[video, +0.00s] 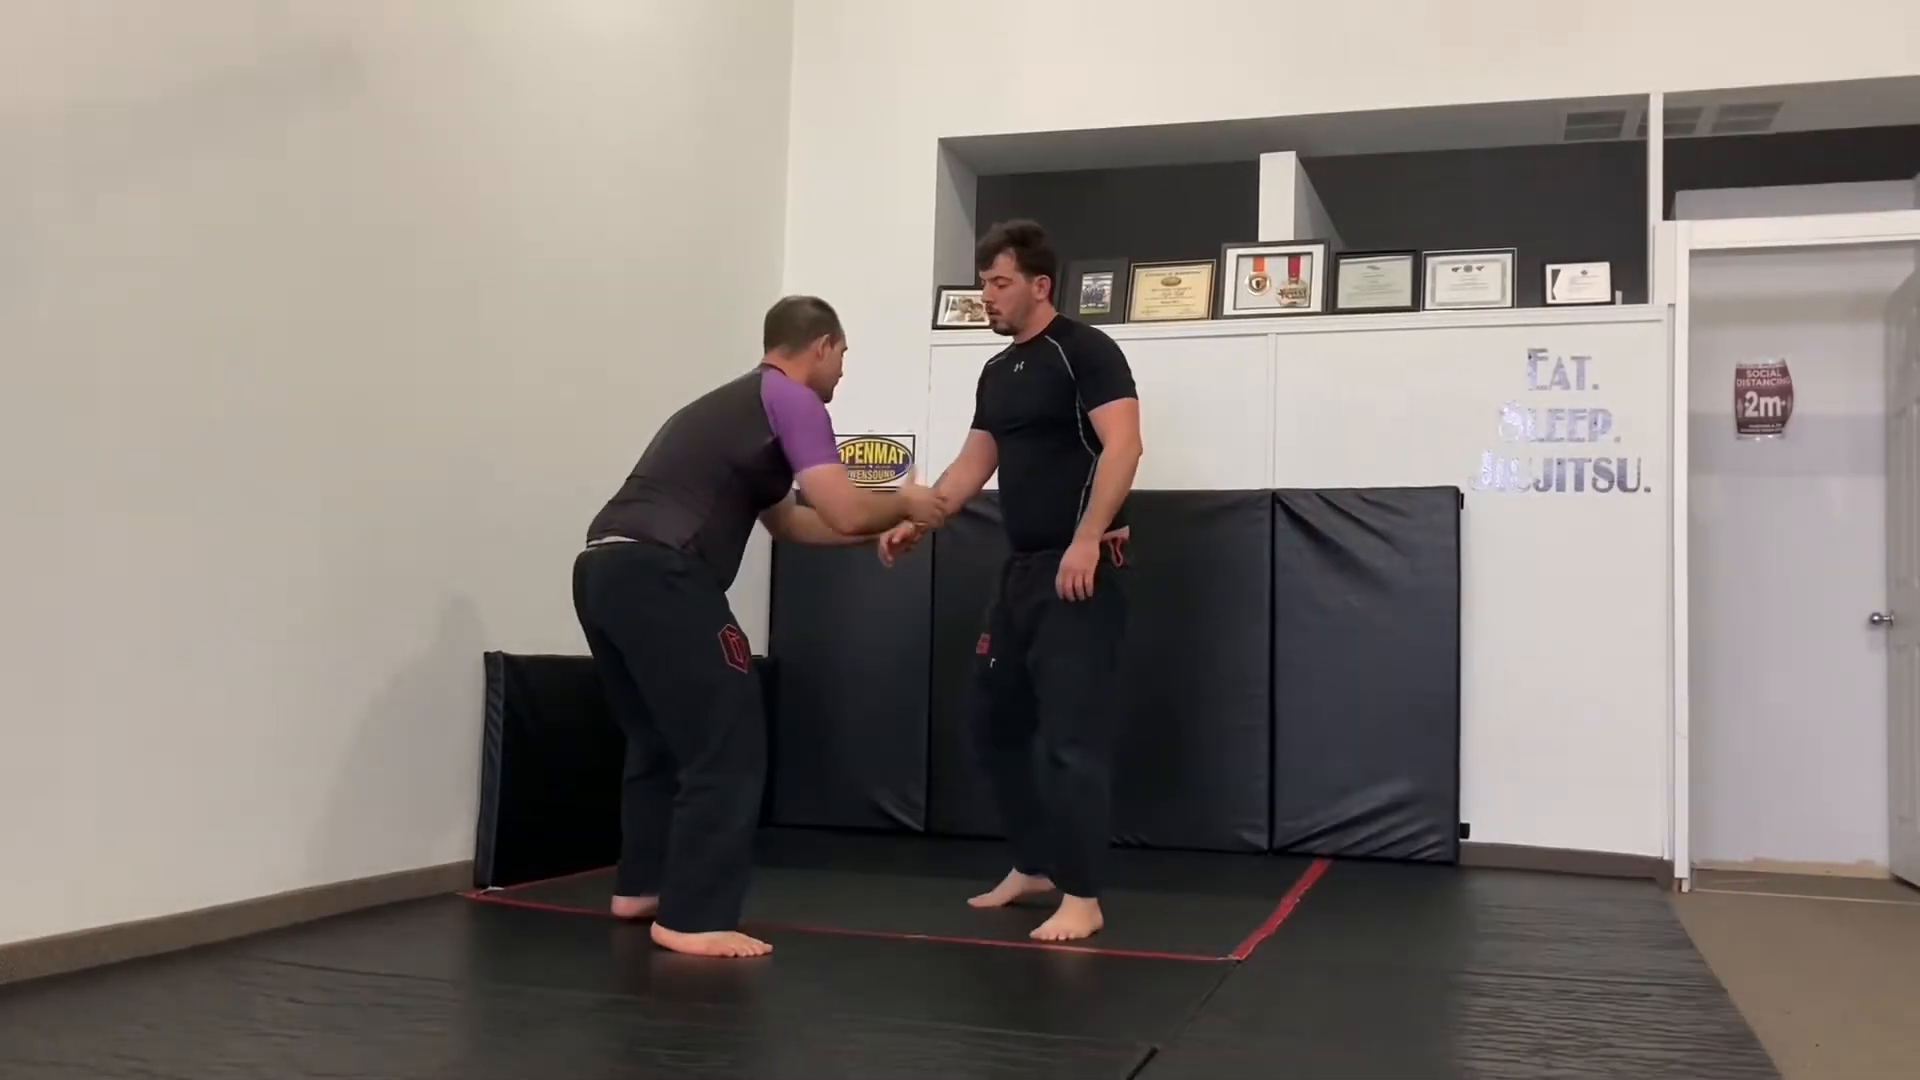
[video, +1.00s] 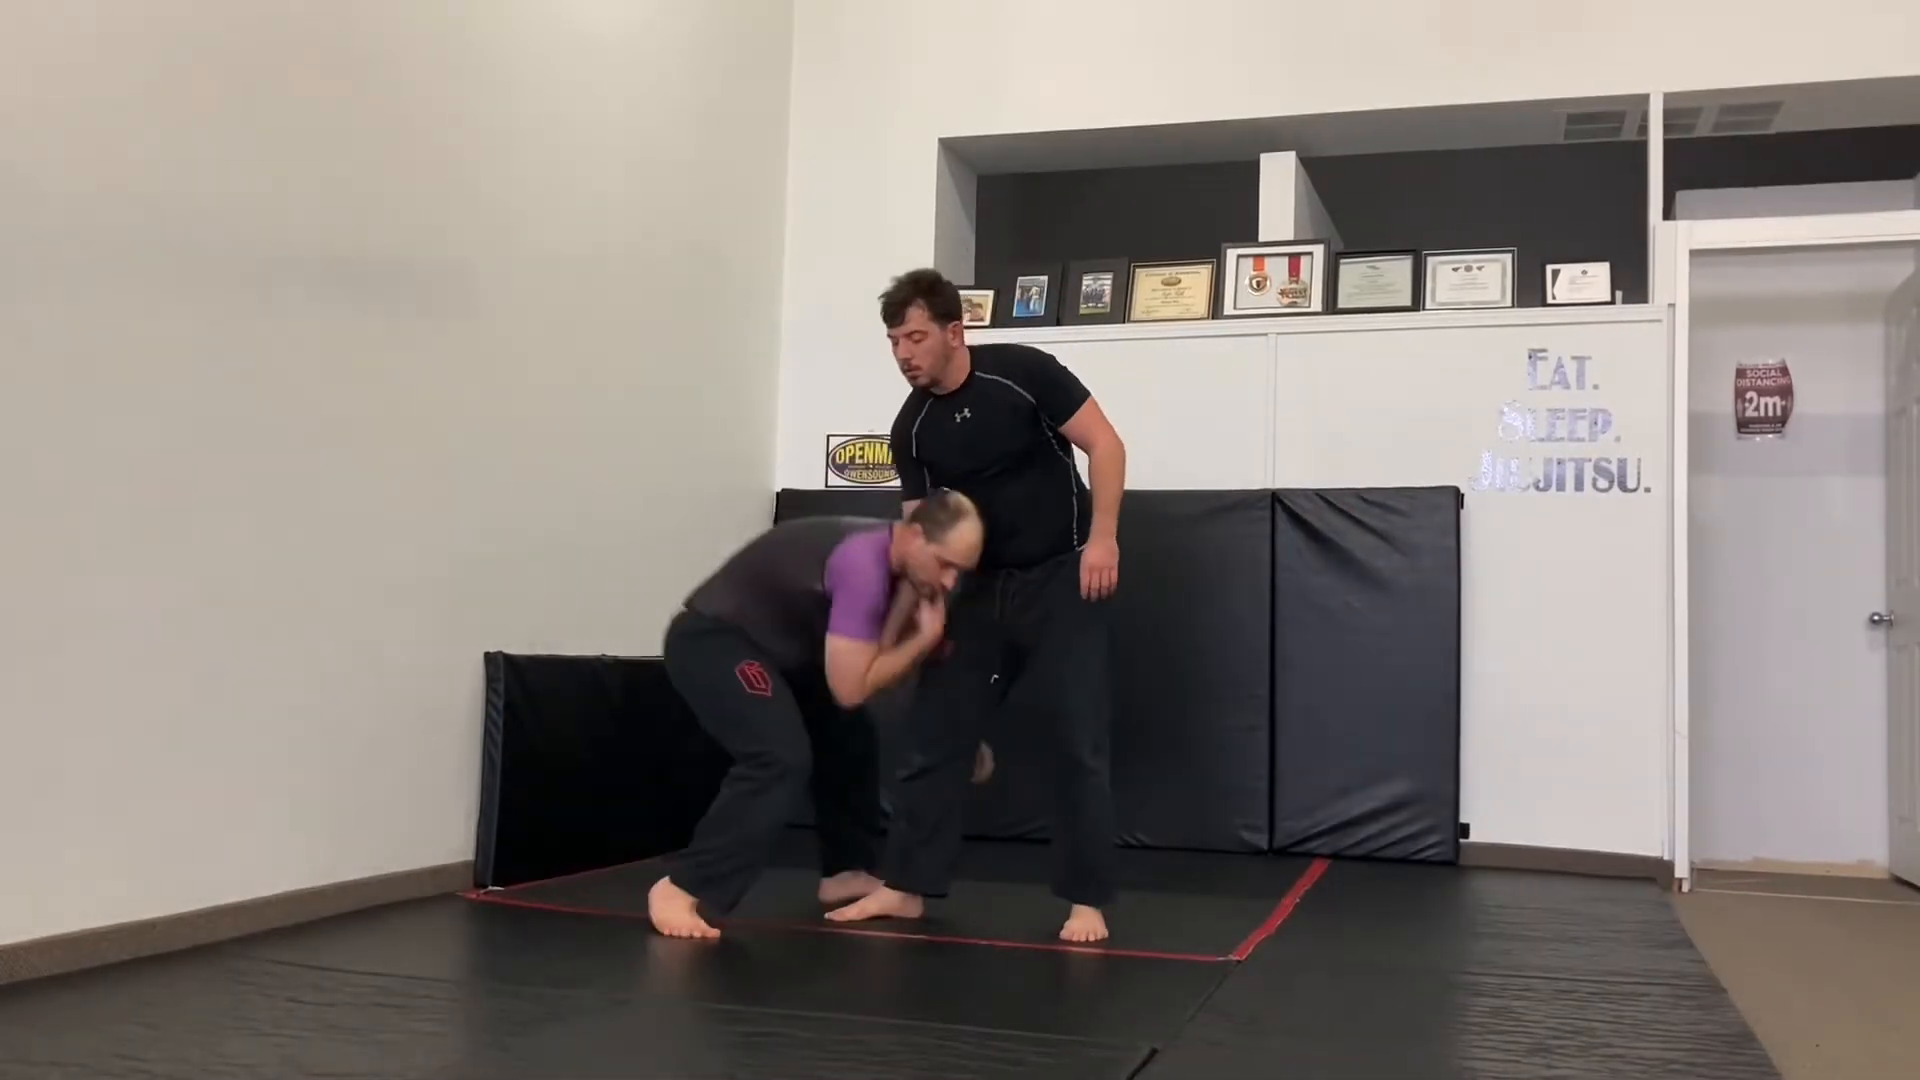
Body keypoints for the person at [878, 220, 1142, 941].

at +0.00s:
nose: (988, 296)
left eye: (1000, 283)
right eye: (984, 284)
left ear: (1041, 284)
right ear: (989, 289)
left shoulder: (1088, 352)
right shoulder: (998, 371)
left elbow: (1124, 446)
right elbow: (975, 460)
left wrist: (1088, 538)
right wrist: (919, 520)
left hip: (1082, 565)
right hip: (1023, 568)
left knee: (1071, 728)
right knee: (998, 716)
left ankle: (1081, 898)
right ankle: (1033, 867)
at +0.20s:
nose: (986, 297)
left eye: (998, 284)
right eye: (984, 285)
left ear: (1041, 286)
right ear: (1003, 290)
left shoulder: (1092, 350)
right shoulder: (996, 372)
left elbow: (1130, 447)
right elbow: (954, 460)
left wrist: (1087, 532)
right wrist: (897, 514)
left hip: (1095, 566)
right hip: (1030, 567)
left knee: (1080, 734)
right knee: (977, 708)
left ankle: (1082, 903)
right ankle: (973, 871)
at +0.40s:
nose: (971, 306)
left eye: (984, 293)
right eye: (968, 294)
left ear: (1028, 292)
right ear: (972, 296)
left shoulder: (1083, 353)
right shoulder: (972, 378)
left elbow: (1132, 448)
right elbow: (928, 469)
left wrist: (1111, 540)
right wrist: (874, 530)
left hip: (1083, 569)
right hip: (1018, 574)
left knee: (1079, 737)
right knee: (971, 724)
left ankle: (1084, 903)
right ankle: (915, 879)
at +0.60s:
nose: (947, 309)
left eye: (959, 296)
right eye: (944, 297)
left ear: (1002, 296)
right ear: (950, 302)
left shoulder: (1061, 356)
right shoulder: (941, 385)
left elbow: (1118, 448)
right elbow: (901, 484)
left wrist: (1125, 541)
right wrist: (847, 557)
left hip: (1069, 569)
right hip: (993, 575)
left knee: (1067, 736)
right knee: (944, 727)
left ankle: (1081, 903)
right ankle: (907, 883)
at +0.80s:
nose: (921, 320)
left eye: (933, 306)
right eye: (915, 308)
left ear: (975, 304)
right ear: (914, 312)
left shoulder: (1037, 359)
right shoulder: (917, 401)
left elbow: (1108, 442)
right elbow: (886, 501)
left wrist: (1120, 532)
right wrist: (841, 578)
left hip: (1063, 569)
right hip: (986, 576)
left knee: (1067, 732)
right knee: (935, 723)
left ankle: (1083, 900)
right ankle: (905, 885)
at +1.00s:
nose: (903, 352)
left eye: (914, 338)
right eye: (895, 340)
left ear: (955, 331)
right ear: (893, 341)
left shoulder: (1026, 372)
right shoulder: (910, 429)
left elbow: (1106, 445)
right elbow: (919, 530)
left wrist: (1104, 538)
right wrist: (913, 616)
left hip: (1059, 580)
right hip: (971, 589)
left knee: (1077, 738)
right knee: (933, 733)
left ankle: (1087, 901)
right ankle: (907, 886)